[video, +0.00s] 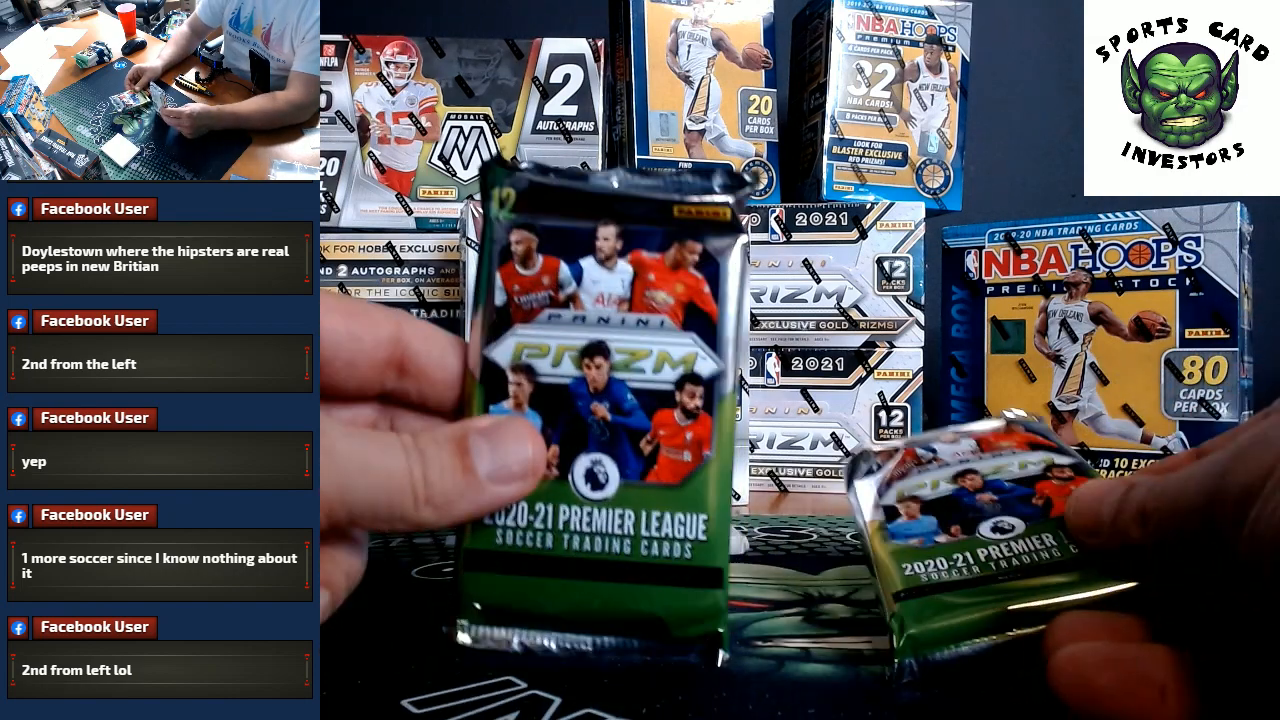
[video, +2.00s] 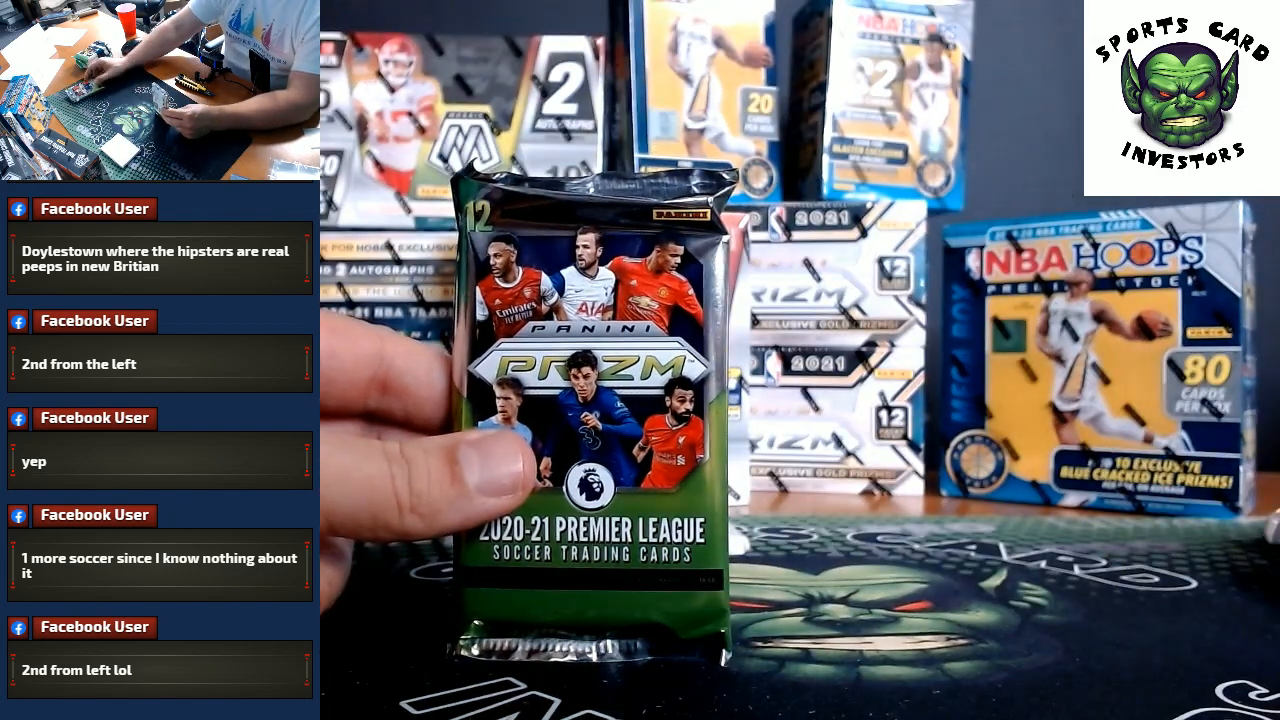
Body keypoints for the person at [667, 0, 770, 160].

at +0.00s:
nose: (697, 9)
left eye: (702, 6)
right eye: (695, 6)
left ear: (711, 11)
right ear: (692, 8)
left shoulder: (715, 34)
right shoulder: (678, 25)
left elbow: (739, 59)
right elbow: (670, 54)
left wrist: (764, 63)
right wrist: (678, 72)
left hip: (705, 87)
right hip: (692, 88)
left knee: (692, 141)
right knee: (725, 145)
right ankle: (762, 156)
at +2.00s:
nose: (694, 11)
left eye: (697, 8)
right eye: (688, 7)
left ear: (702, 8)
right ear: (683, 6)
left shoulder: (712, 31)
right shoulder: (679, 25)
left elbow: (734, 54)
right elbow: (671, 53)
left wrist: (756, 59)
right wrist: (678, 70)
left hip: (706, 84)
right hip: (692, 85)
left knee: (692, 138)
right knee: (724, 142)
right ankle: (757, 152)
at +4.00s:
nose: (695, 11)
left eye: (698, 8)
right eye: (690, 7)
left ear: (703, 8)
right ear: (684, 6)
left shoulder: (712, 30)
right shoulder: (679, 25)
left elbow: (734, 54)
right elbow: (671, 53)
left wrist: (755, 59)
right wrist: (678, 70)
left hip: (706, 84)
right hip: (692, 85)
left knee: (692, 138)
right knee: (724, 142)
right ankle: (756, 152)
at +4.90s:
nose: (691, 7)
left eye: (695, 4)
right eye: (688, 5)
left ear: (702, 6)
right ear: (683, 6)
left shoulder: (714, 31)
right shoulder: (678, 24)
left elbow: (736, 55)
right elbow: (670, 52)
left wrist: (759, 59)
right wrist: (678, 70)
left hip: (706, 85)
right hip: (691, 86)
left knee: (692, 138)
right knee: (724, 142)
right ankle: (757, 152)